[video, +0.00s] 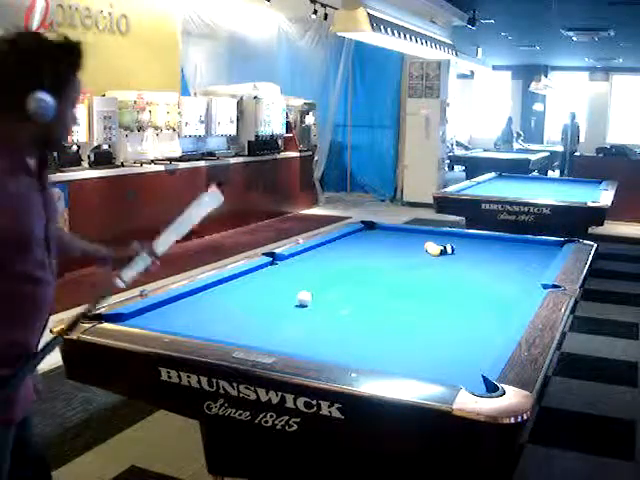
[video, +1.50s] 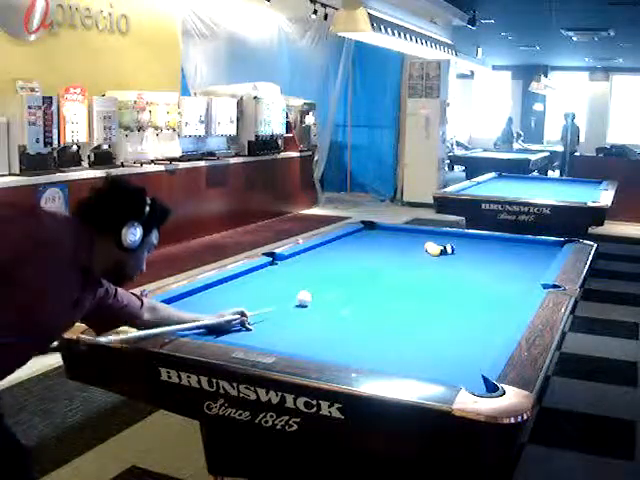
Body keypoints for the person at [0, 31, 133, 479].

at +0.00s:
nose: (75, 117)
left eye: (76, 104)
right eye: (73, 104)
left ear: (41, 105)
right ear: (39, 104)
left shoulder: (31, 173)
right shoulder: (10, 177)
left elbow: (48, 238)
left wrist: (110, 254)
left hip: (18, 390)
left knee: (32, 471)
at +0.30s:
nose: (137, 173)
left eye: (141, 160)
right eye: (137, 158)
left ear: (110, 147)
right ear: (112, 145)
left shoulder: (85, 208)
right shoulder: (19, 174)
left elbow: (112, 284)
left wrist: (167, 318)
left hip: (9, 365)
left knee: (30, 458)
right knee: (27, 456)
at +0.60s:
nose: (147, 221)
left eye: (152, 210)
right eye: (150, 208)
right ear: (129, 193)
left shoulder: (95, 251)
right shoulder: (28, 203)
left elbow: (133, 303)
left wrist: (198, 325)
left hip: (2, 372)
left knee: (31, 449)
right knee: (29, 448)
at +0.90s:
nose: (144, 251)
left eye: (150, 240)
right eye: (147, 238)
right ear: (128, 218)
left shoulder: (90, 273)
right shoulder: (32, 218)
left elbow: (142, 308)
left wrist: (209, 323)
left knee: (23, 459)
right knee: (21, 459)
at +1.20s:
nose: (144, 262)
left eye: (150, 249)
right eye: (148, 247)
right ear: (127, 230)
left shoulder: (86, 283)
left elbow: (145, 311)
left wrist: (210, 323)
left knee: (19, 457)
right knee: (17, 458)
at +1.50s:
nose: (146, 265)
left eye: (151, 252)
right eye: (149, 250)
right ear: (128, 236)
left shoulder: (82, 284)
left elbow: (145, 310)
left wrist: (211, 322)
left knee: (19, 457)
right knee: (17, 459)